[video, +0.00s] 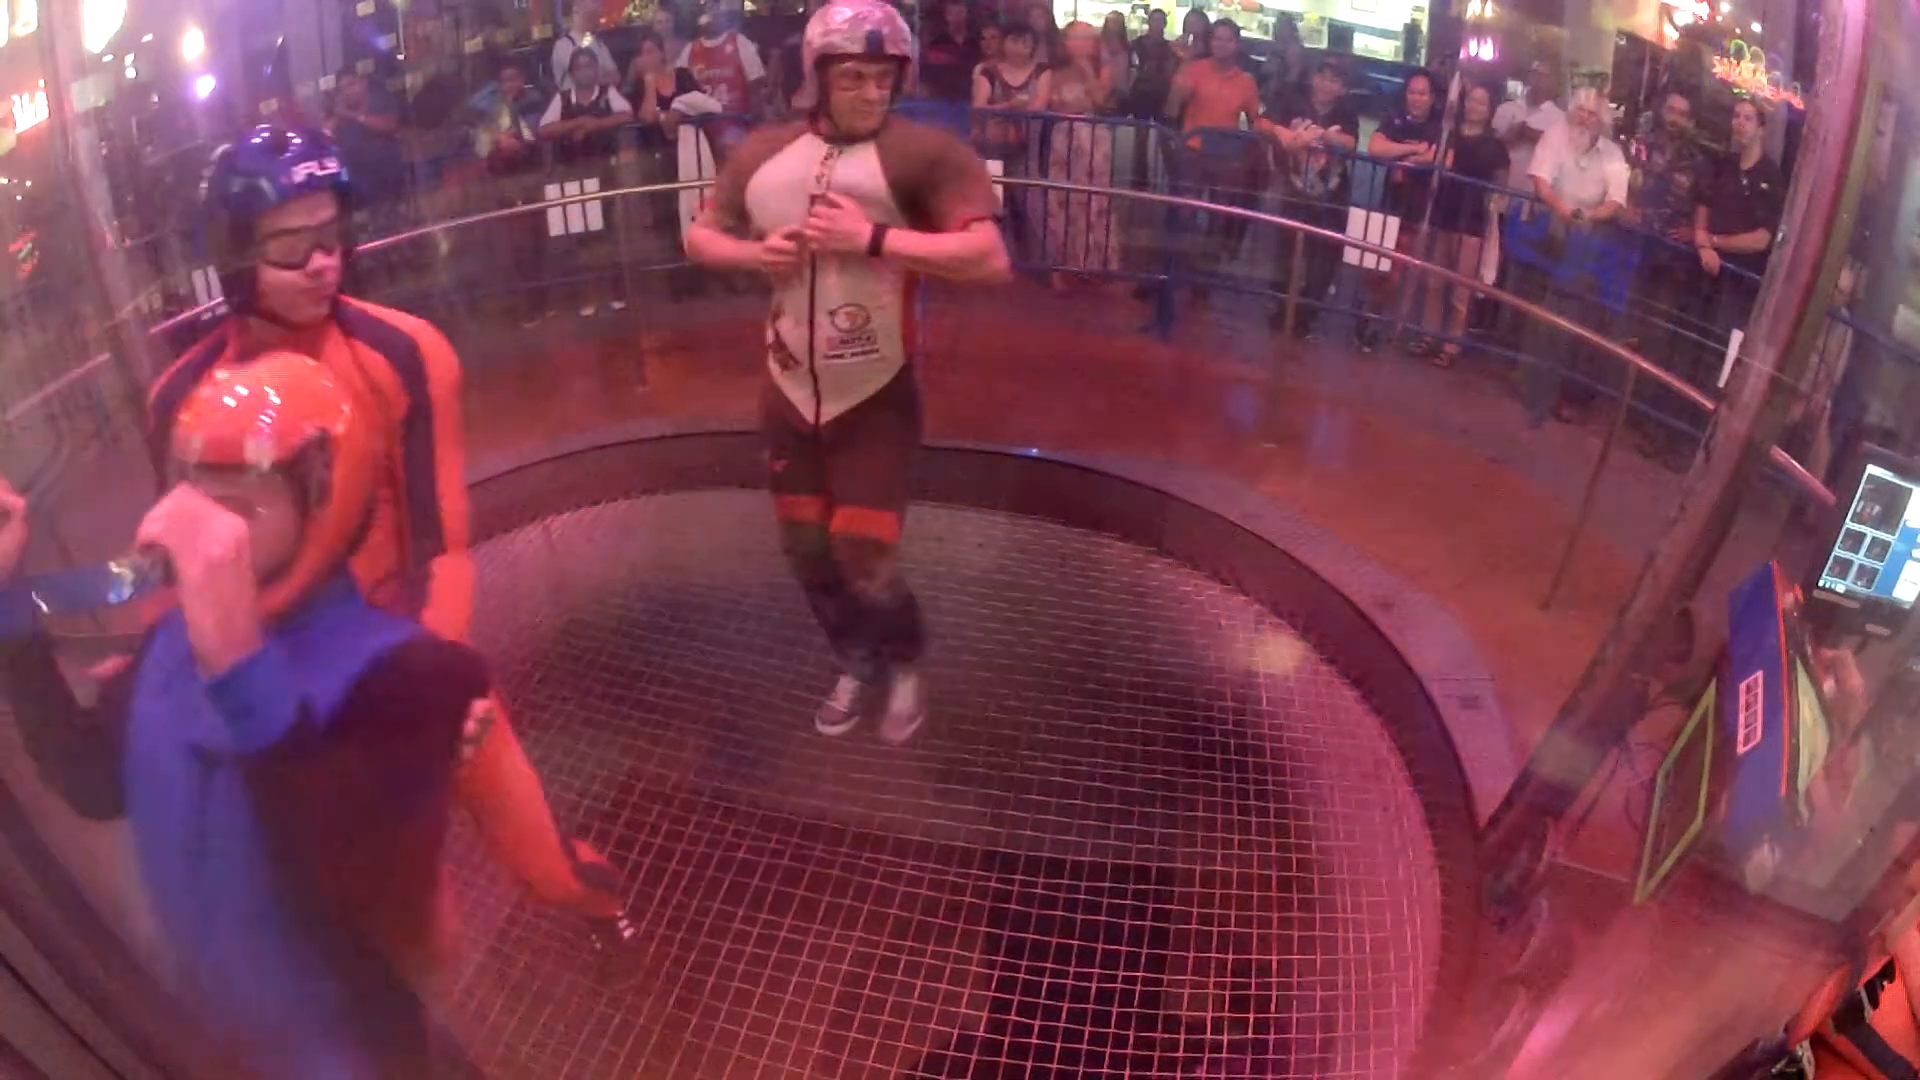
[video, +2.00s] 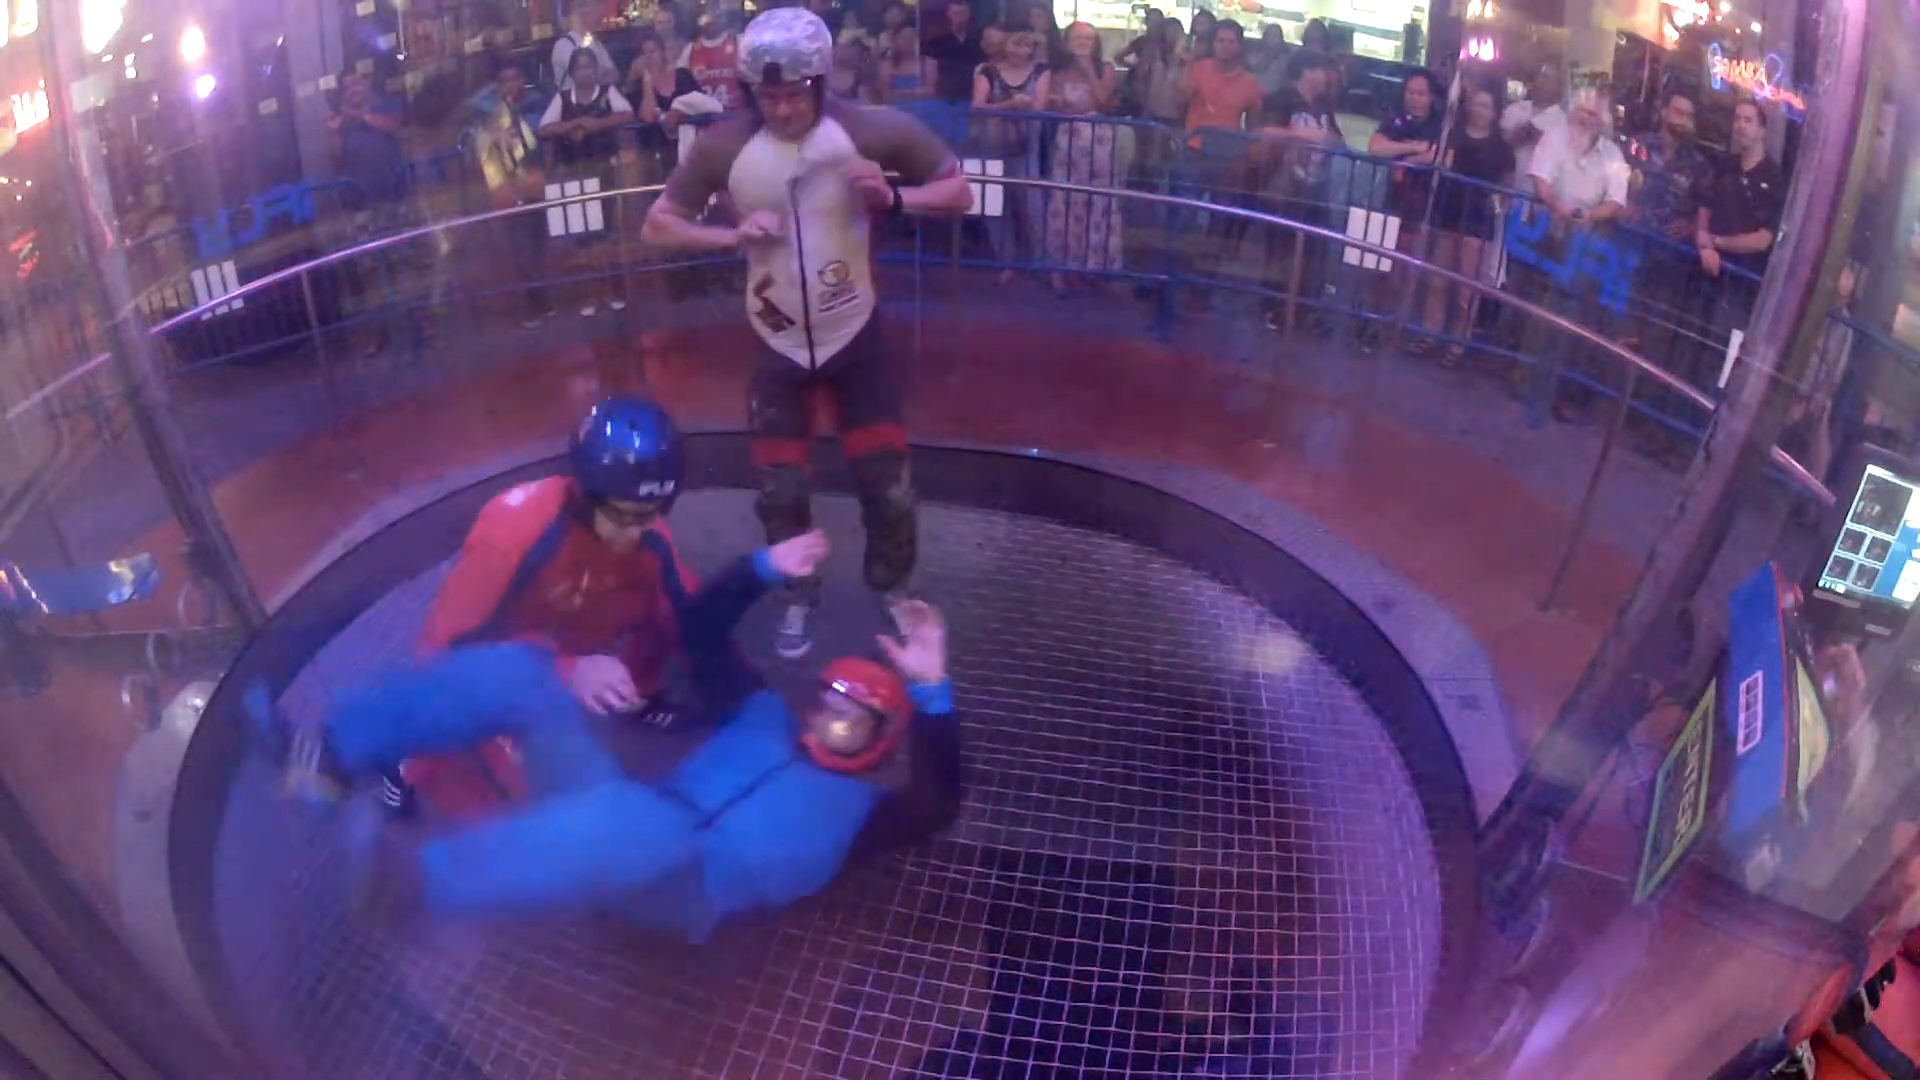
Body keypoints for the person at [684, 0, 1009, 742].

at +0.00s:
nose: (869, 91)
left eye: (882, 77)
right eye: (852, 77)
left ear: (897, 81)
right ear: (821, 79)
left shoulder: (926, 155)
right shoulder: (765, 154)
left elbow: (990, 258)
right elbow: (697, 238)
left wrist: (872, 237)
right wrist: (754, 252)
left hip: (877, 391)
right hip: (789, 390)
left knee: (862, 560)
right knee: (805, 549)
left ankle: (903, 662)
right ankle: (854, 664)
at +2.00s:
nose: (783, 102)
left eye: (796, 89)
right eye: (769, 90)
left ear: (821, 80)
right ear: (751, 86)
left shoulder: (873, 132)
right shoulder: (724, 146)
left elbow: (959, 190)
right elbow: (658, 222)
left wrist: (896, 198)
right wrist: (731, 235)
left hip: (858, 339)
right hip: (776, 346)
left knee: (887, 490)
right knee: (779, 492)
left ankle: (890, 599)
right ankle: (797, 599)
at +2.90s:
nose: (865, 91)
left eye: (877, 77)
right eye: (851, 80)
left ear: (893, 68)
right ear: (824, 74)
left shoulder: (926, 113)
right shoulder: (791, 137)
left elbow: (997, 157)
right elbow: (748, 235)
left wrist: (963, 181)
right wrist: (827, 253)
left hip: (919, 312)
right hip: (844, 317)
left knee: (923, 455)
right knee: (849, 456)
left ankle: (901, 580)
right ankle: (818, 583)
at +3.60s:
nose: (913, 75)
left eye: (920, 62)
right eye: (899, 62)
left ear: (928, 58)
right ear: (859, 59)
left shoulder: (919, 108)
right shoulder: (808, 119)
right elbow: (803, 238)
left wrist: (944, 164)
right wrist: (898, 197)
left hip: (916, 308)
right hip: (851, 317)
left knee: (927, 421)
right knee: (862, 432)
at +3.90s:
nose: (894, 74)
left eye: (902, 63)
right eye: (882, 61)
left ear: (909, 63)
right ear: (848, 59)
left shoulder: (895, 115)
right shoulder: (804, 124)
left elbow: (882, 200)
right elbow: (766, 239)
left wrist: (917, 188)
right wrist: (871, 248)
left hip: (901, 299)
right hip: (833, 307)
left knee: (924, 430)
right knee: (843, 451)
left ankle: (899, 537)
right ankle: (826, 573)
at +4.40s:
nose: (872, 64)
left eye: (874, 52)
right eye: (857, 54)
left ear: (878, 56)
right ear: (824, 60)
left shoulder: (886, 119)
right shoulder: (799, 122)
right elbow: (834, 219)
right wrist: (929, 162)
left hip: (901, 312)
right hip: (844, 318)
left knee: (925, 436)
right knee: (860, 459)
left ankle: (869, 546)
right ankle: (828, 573)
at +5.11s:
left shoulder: (914, 116)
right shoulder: (837, 131)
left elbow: (946, 164)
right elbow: (863, 217)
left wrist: (968, 138)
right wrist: (946, 151)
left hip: (922, 316)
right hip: (872, 318)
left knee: (921, 441)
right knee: (883, 460)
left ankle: (880, 549)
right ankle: (833, 569)